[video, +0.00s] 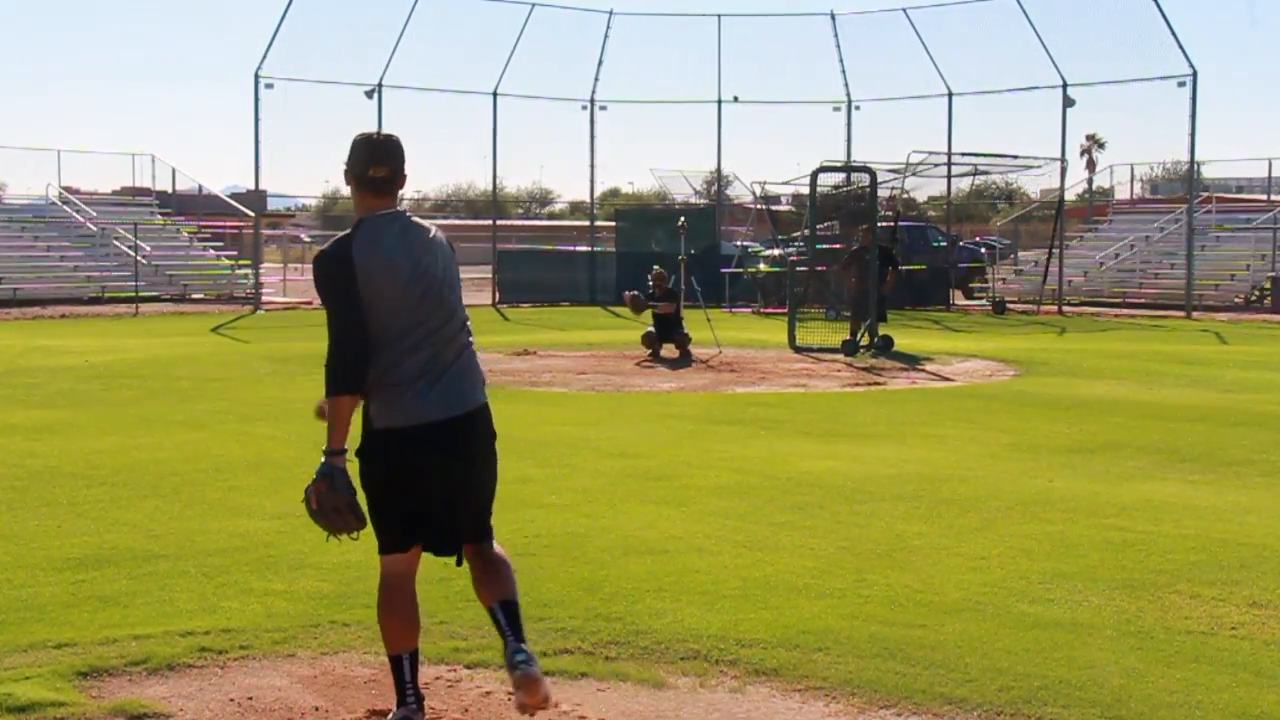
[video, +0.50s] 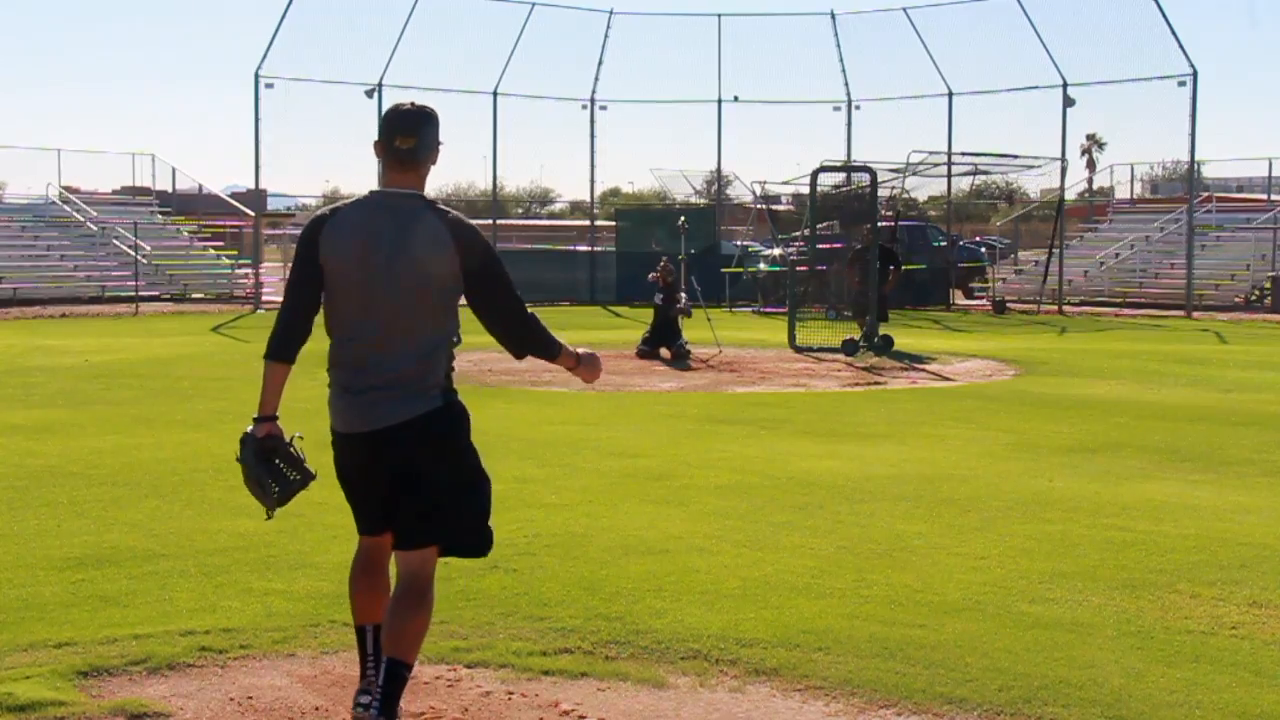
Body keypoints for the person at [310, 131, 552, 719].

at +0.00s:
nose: (356, 184)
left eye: (352, 174)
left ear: (349, 181)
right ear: (403, 181)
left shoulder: (339, 256)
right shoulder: (435, 240)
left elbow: (347, 358)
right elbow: (426, 334)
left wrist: (334, 456)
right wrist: (339, 393)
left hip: (396, 439)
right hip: (468, 428)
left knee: (398, 565)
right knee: (480, 541)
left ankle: (408, 701)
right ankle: (518, 648)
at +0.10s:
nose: (386, 182)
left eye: (367, 171)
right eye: (404, 173)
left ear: (355, 179)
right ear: (410, 178)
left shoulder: (336, 255)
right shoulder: (444, 243)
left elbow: (336, 359)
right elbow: (449, 332)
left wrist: (323, 456)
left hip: (383, 436)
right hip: (458, 430)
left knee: (392, 564)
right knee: (461, 548)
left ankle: (407, 698)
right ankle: (461, 643)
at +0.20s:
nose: (388, 177)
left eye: (374, 165)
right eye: (407, 168)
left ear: (361, 173)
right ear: (417, 174)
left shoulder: (335, 250)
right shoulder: (450, 241)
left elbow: (327, 349)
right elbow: (482, 330)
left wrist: (311, 445)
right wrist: (489, 392)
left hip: (373, 438)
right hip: (446, 434)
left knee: (385, 563)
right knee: (444, 562)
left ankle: (403, 698)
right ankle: (419, 662)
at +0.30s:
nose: (398, 168)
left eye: (384, 155)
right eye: (413, 157)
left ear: (368, 164)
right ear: (422, 166)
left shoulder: (333, 243)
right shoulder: (453, 236)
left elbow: (317, 343)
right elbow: (502, 309)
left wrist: (296, 435)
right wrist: (529, 362)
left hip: (363, 434)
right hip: (440, 431)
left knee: (380, 560)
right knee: (428, 571)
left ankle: (397, 693)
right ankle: (395, 694)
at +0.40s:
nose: (412, 159)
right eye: (424, 150)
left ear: (375, 154)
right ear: (430, 158)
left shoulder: (330, 233)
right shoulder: (454, 232)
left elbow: (302, 333)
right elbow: (509, 308)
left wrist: (278, 422)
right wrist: (558, 353)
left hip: (358, 428)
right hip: (435, 423)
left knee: (376, 551)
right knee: (423, 566)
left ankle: (390, 686)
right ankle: (389, 698)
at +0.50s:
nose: (424, 159)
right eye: (433, 151)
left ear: (378, 152)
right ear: (435, 157)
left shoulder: (326, 230)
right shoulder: (452, 233)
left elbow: (290, 328)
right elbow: (509, 320)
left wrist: (266, 416)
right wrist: (570, 358)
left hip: (353, 427)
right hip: (428, 423)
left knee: (372, 544)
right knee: (416, 569)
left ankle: (370, 683)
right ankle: (383, 704)